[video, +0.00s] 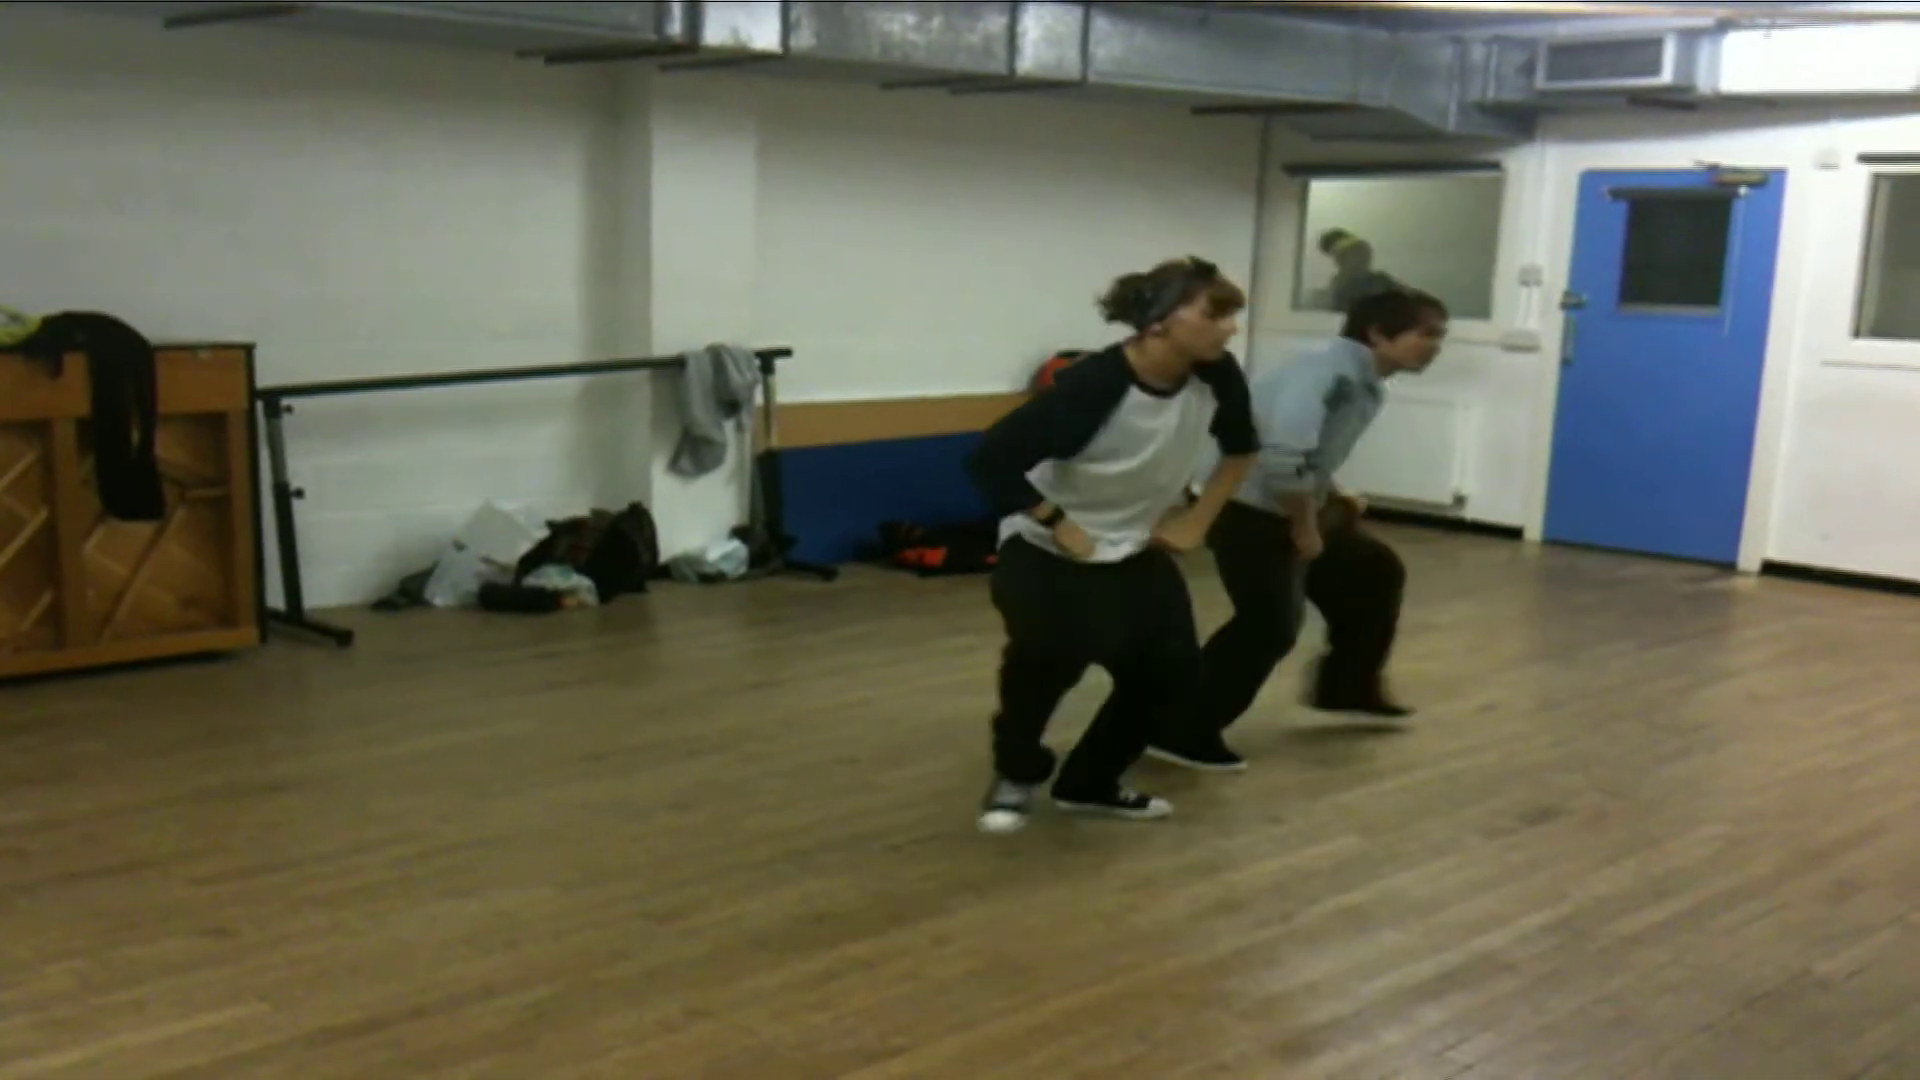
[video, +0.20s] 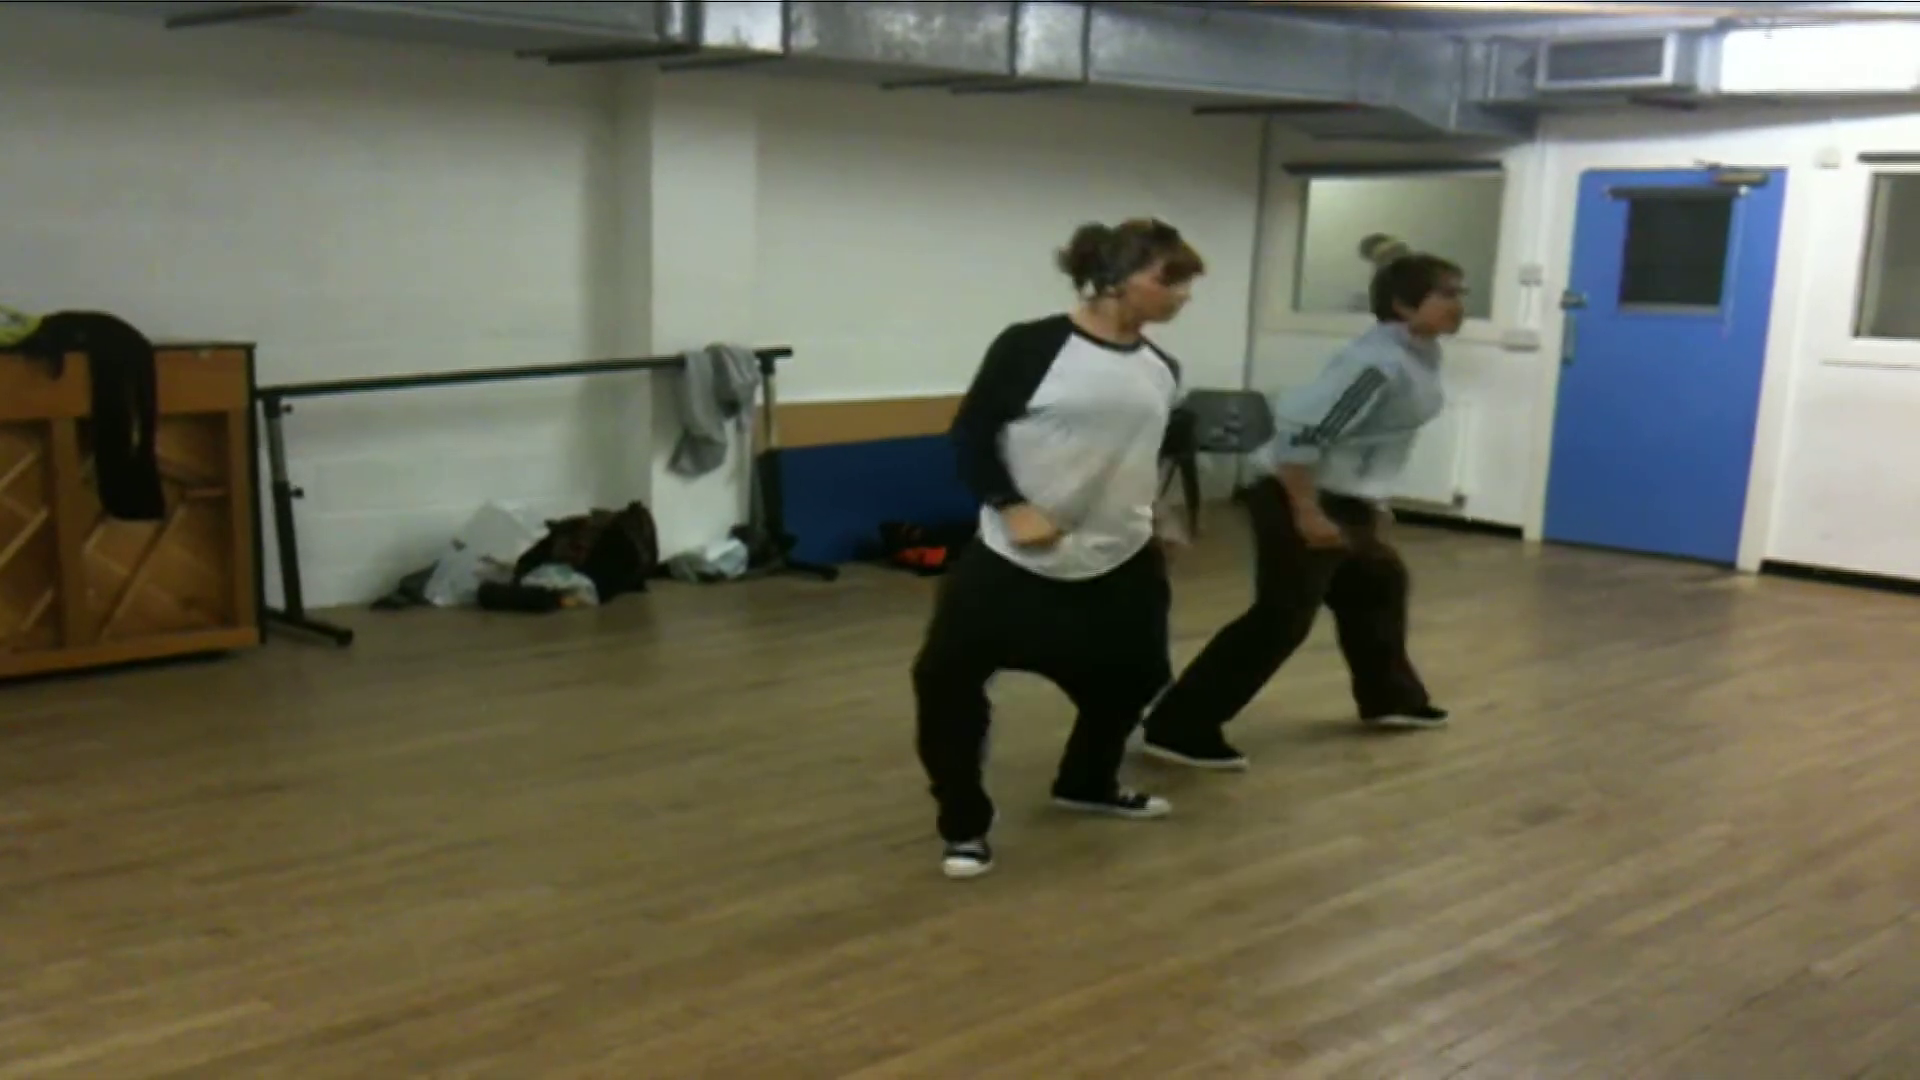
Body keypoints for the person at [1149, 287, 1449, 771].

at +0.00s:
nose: (1434, 347)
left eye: (1437, 338)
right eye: (1425, 335)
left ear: (1384, 337)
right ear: (1381, 334)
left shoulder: (1364, 386)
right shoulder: (1320, 370)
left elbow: (1313, 458)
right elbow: (1284, 460)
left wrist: (1336, 498)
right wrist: (1304, 523)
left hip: (1298, 514)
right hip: (1247, 514)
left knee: (1375, 574)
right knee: (1271, 621)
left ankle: (1347, 686)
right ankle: (1185, 722)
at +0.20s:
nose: (1459, 305)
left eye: (1459, 294)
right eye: (1449, 295)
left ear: (1418, 307)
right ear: (1409, 305)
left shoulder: (1419, 357)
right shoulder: (1374, 362)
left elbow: (1367, 435)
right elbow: (1298, 438)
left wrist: (1373, 499)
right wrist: (1307, 513)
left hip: (1347, 498)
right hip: (1296, 496)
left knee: (1376, 589)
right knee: (1282, 617)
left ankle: (1388, 698)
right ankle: (1180, 723)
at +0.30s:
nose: (1455, 292)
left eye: (1455, 282)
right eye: (1444, 281)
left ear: (1406, 291)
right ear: (1398, 289)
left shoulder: (1414, 353)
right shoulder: (1355, 355)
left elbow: (1392, 441)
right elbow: (1315, 449)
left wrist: (1411, 509)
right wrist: (1347, 514)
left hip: (1388, 504)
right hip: (1334, 503)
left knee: (1419, 583)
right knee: (1307, 616)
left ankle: (1396, 693)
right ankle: (1202, 715)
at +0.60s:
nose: (1464, 290)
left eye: (1465, 280)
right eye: (1452, 280)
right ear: (1408, 289)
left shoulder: (1452, 345)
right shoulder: (1337, 355)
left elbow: (1470, 413)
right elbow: (1312, 443)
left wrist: (1469, 481)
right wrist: (1355, 503)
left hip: (1431, 509)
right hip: (1355, 511)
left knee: (1480, 587)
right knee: (1311, 622)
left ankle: (1402, 688)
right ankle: (1229, 722)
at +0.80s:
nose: (1489, 323)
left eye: (1491, 313)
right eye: (1480, 312)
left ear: (1442, 320)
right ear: (1435, 318)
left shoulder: (1468, 372)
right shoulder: (1356, 378)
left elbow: (1466, 434)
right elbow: (1288, 454)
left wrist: (1451, 492)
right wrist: (1329, 516)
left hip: (1405, 528)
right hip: (1328, 525)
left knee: (1462, 611)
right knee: (1315, 620)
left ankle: (1415, 683)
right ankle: (1198, 712)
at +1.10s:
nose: (1555, 401)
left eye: (1557, 391)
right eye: (1546, 390)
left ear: (1505, 394)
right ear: (1499, 391)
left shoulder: (1502, 430)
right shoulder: (1415, 425)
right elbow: (1304, 470)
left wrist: (1447, 514)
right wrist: (1343, 529)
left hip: (1407, 529)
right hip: (1335, 524)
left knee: (1478, 598)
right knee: (1374, 596)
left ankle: (1403, 692)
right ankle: (1336, 697)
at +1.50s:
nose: (1531, 285)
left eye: (1532, 274)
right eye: (1522, 272)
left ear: (1495, 279)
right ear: (1480, 273)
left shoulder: (1499, 336)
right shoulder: (1409, 326)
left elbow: (1476, 413)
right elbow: (1349, 417)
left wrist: (1453, 471)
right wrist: (1368, 484)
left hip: (1417, 476)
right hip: (1348, 470)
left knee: (1416, 587)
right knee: (1353, 590)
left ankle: (1399, 689)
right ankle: (1331, 706)